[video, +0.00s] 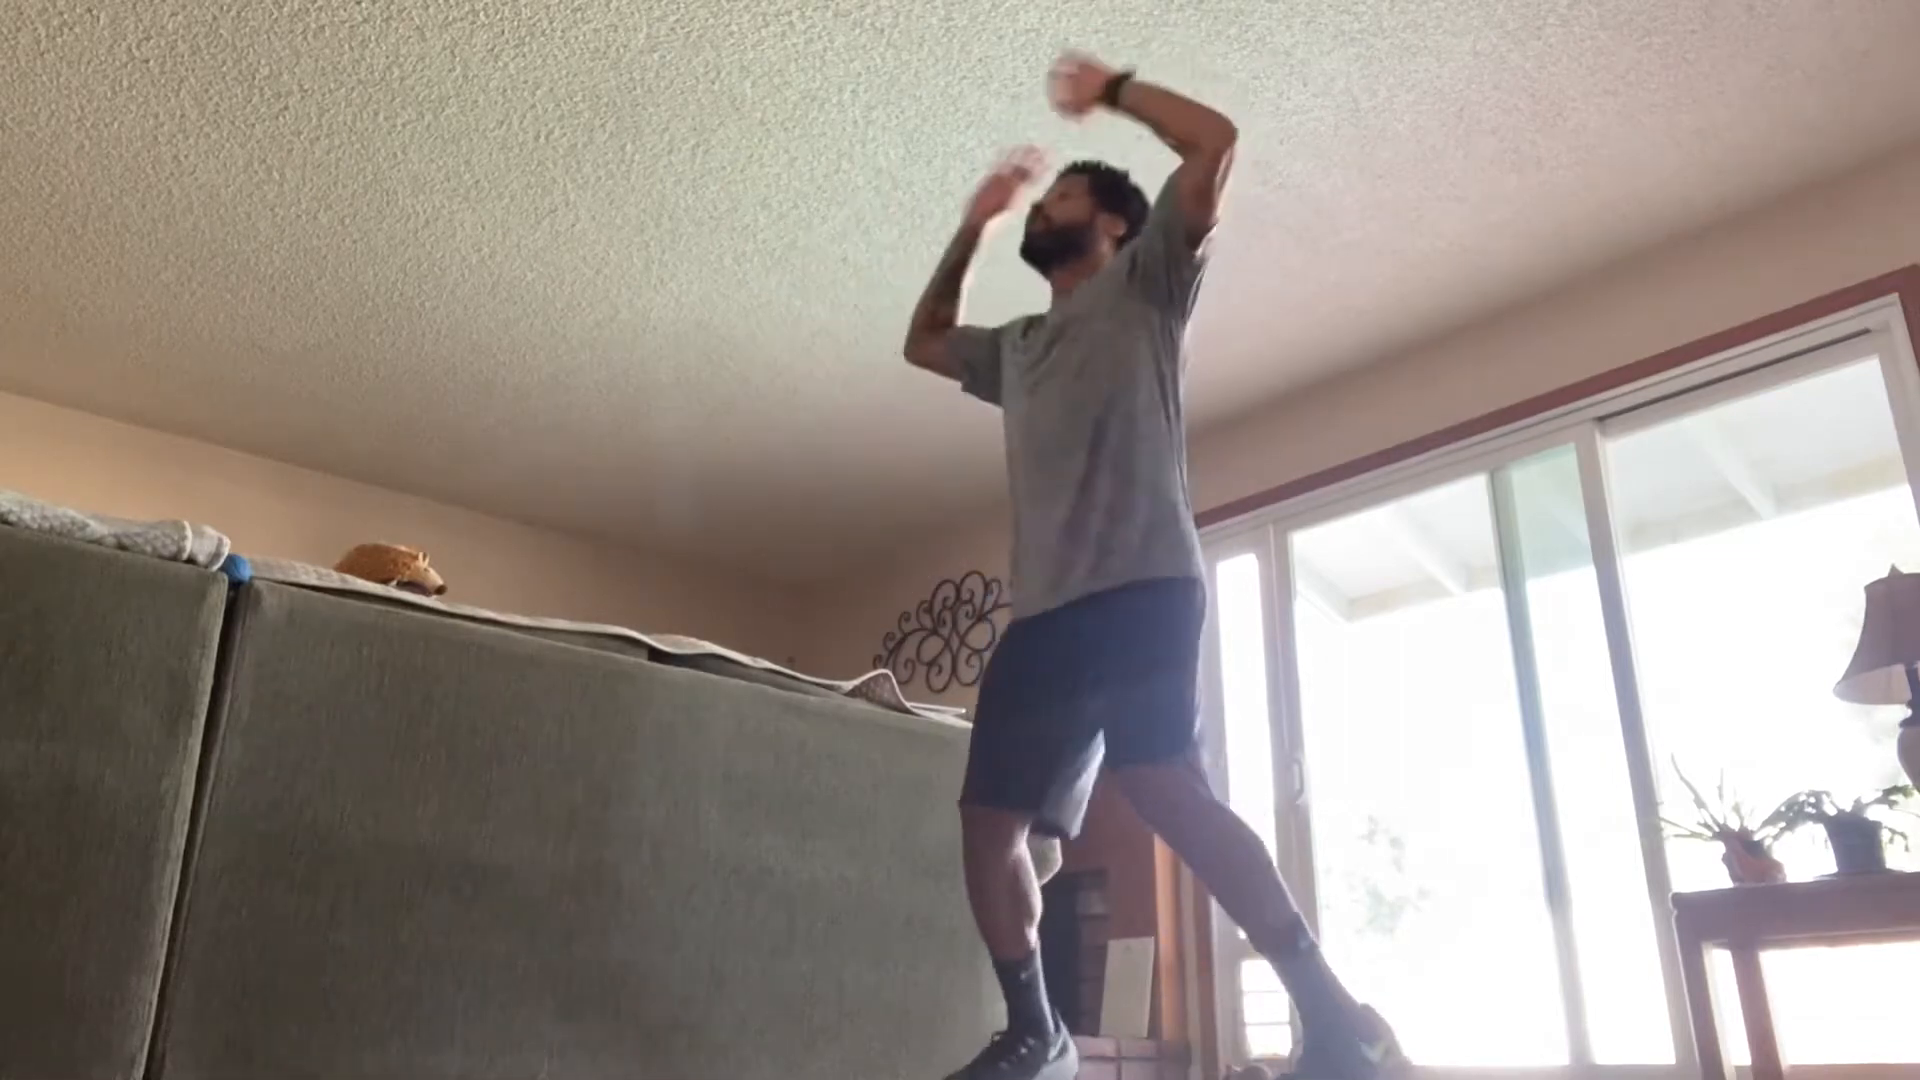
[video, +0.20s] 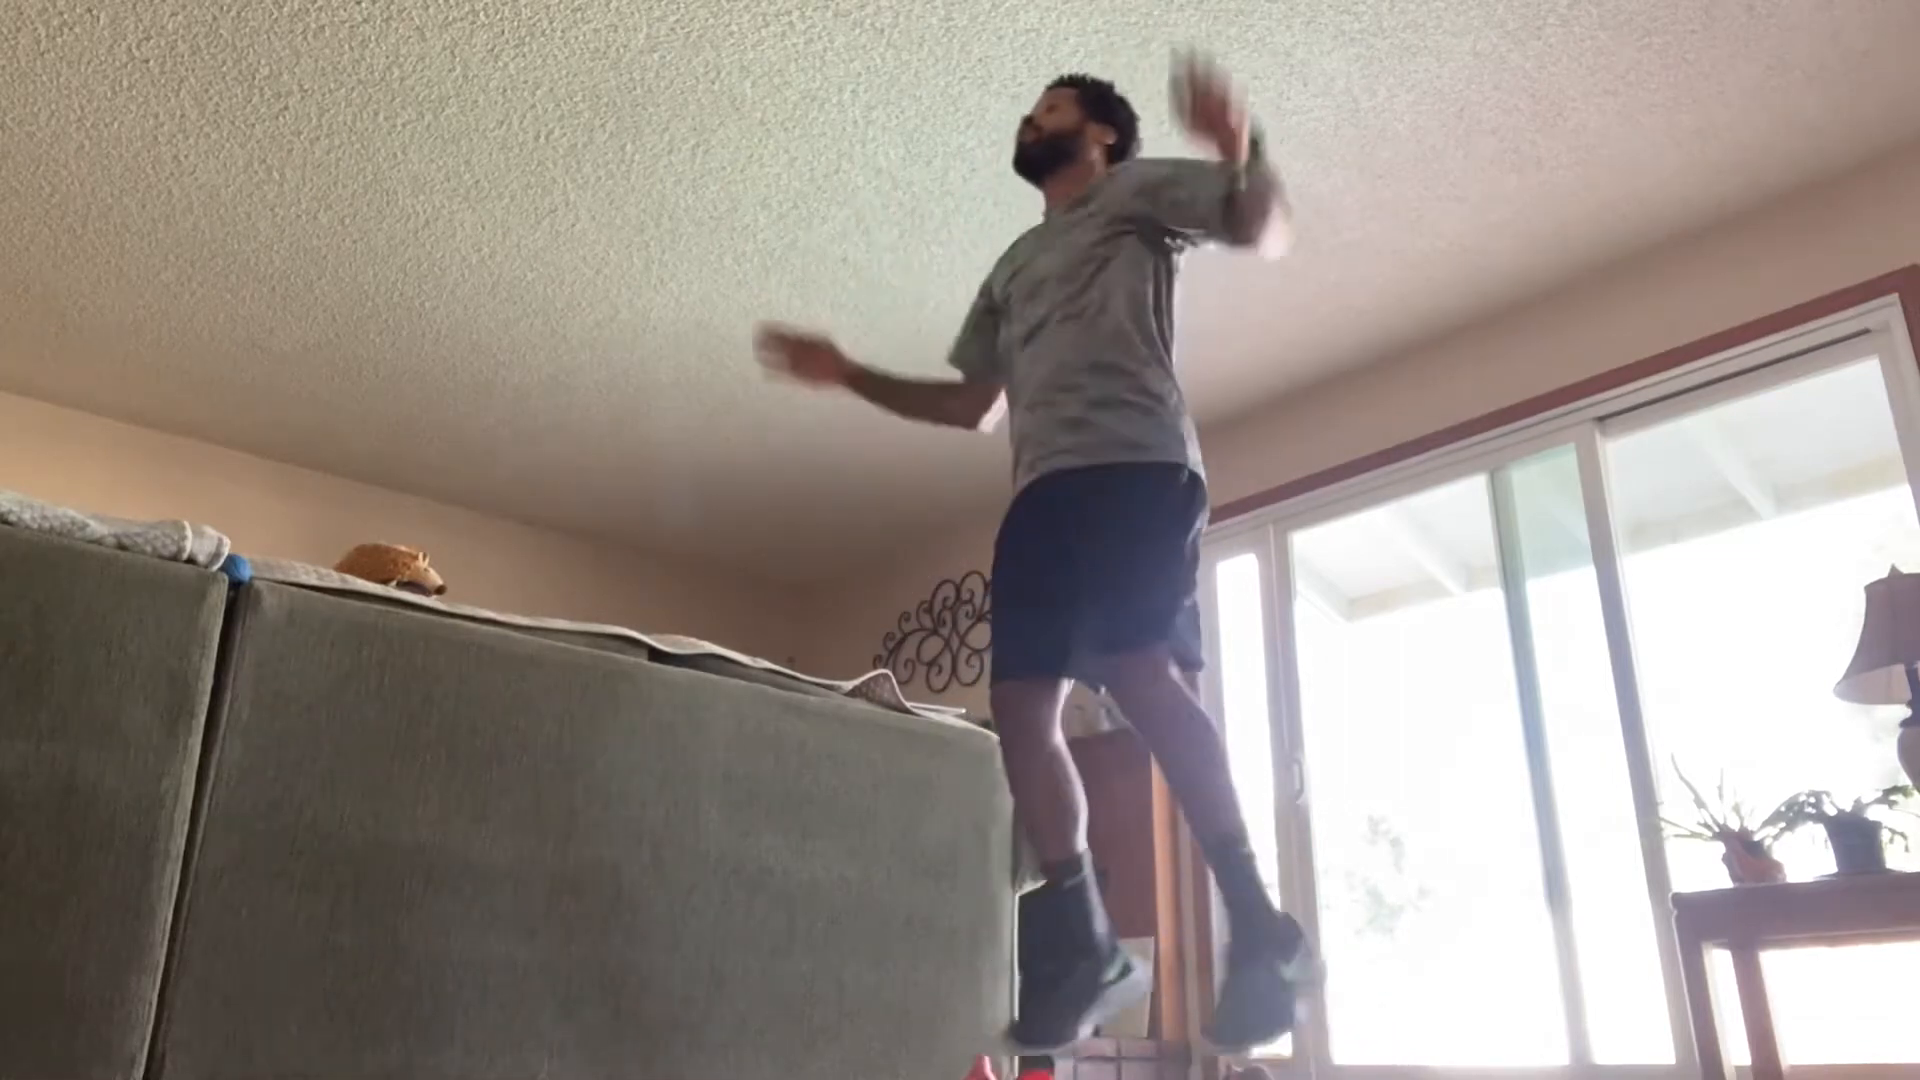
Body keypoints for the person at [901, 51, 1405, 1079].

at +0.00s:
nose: (1043, 208)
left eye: (1067, 198)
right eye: (1041, 203)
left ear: (1118, 222)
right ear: (1045, 234)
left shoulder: (1145, 281)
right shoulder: (1016, 346)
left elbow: (1215, 141)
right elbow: (927, 343)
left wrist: (1113, 87)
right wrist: (973, 230)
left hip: (1144, 581)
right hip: (1041, 608)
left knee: (1164, 792)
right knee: (989, 823)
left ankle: (1331, 1015)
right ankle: (1034, 1033)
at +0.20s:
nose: (1029, 118)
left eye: (1051, 105)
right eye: (1029, 110)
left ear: (1103, 129)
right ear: (1045, 148)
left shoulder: (1138, 185)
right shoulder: (1012, 269)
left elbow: (1259, 227)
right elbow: (968, 404)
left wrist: (1239, 152)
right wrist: (850, 375)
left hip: (1140, 465)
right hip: (1044, 485)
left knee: (1137, 671)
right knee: (1021, 709)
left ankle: (1261, 932)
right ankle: (1078, 947)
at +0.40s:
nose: (1012, 186)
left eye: (1036, 173)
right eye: (1012, 177)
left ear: (1086, 203)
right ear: (1015, 217)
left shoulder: (1133, 287)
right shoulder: (1005, 346)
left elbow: (1204, 428)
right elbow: (1023, 474)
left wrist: (1119, 514)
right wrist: (1016, 544)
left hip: (1144, 558)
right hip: (1045, 578)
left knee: (1104, 767)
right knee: (1047, 788)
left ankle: (1205, 1014)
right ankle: (1156, 1021)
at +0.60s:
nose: (1017, 103)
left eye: (1040, 92)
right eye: (1017, 97)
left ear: (1092, 123)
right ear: (1030, 138)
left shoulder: (1130, 195)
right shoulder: (1004, 260)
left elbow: (1228, 281)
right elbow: (989, 395)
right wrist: (868, 413)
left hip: (1127, 467)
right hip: (1034, 486)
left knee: (1126, 690)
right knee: (1043, 726)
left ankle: (1216, 945)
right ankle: (1100, 947)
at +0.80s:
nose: (1018, 168)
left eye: (1041, 155)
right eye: (1019, 159)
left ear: (1095, 176)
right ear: (1037, 189)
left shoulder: (1130, 242)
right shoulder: (1006, 307)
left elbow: (1215, 122)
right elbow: (907, 327)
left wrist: (1142, 30)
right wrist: (911, 206)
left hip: (1133, 533)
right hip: (1033, 557)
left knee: (1132, 744)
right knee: (979, 771)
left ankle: (1283, 994)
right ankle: (1034, 1006)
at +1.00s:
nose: (988, 163)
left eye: (1009, 148)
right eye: (988, 152)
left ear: (1064, 171)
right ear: (1006, 183)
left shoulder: (1101, 242)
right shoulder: (977, 299)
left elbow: (1212, 160)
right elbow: (881, 334)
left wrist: (1184, 31)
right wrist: (832, 227)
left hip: (1104, 533)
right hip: (1010, 557)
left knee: (1121, 737)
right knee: (980, 775)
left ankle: (1266, 973)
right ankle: (1039, 1007)